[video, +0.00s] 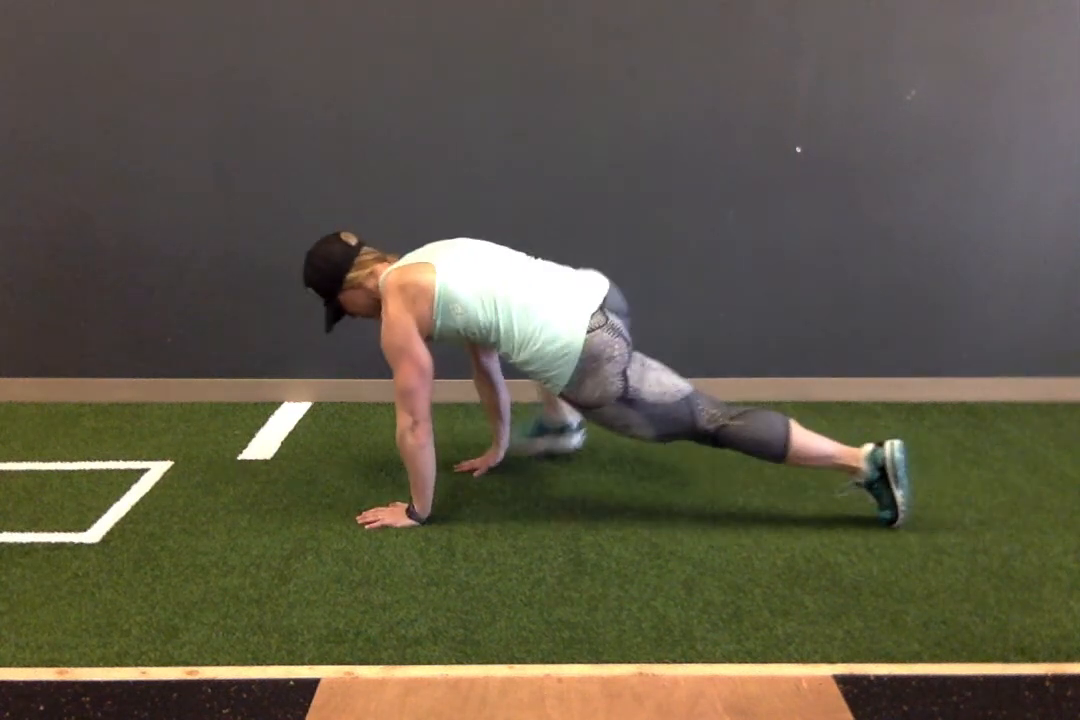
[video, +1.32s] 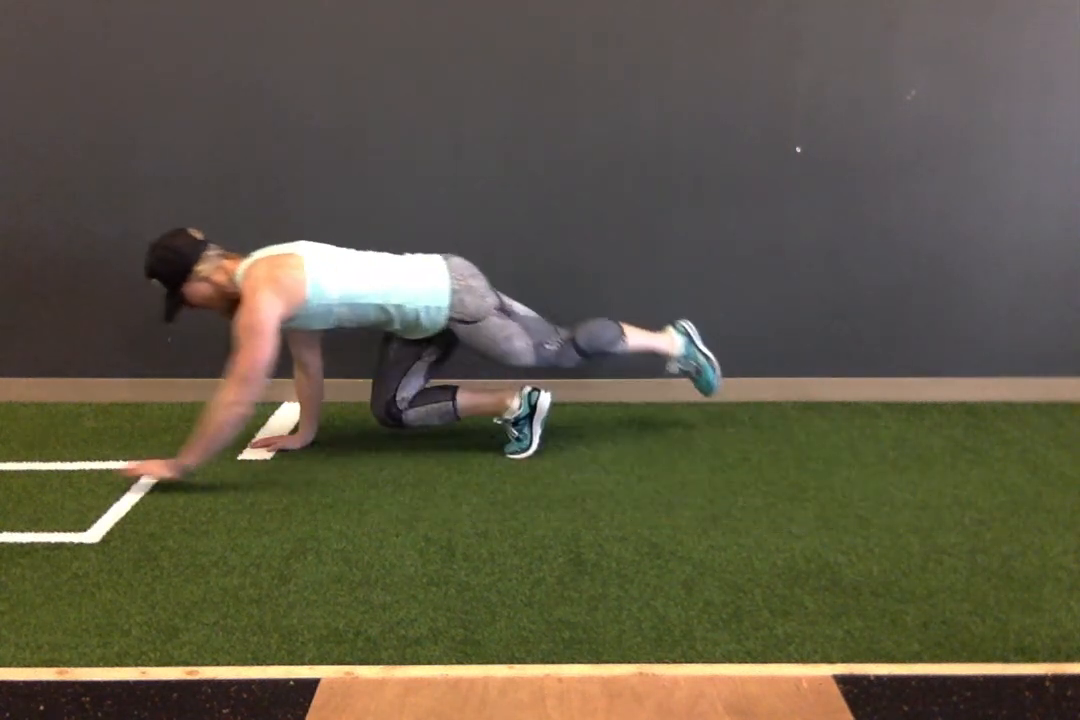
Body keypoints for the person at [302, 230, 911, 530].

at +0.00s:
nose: (353, 315)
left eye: (344, 307)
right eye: (344, 309)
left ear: (348, 290)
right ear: (368, 253)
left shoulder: (399, 307)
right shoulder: (436, 256)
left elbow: (413, 416)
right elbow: (484, 352)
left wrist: (418, 507)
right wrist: (494, 439)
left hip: (586, 356)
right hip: (606, 301)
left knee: (707, 419)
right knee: (506, 326)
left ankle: (863, 462)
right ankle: (559, 428)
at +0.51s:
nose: (310, 319)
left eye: (301, 309)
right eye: (302, 313)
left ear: (310, 288)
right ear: (329, 262)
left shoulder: (375, 311)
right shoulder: (396, 272)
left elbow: (403, 419)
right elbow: (474, 335)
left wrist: (415, 509)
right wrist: (471, 426)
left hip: (552, 375)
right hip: (560, 329)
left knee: (672, 429)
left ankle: (831, 454)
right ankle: (532, 437)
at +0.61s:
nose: (304, 323)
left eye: (296, 313)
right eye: (296, 316)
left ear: (307, 294)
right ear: (322, 269)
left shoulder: (374, 315)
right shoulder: (382, 280)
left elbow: (405, 416)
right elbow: (428, 363)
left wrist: (416, 508)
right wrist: (389, 428)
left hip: (546, 366)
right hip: (551, 327)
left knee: (667, 417)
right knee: (462, 346)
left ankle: (822, 451)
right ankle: (543, 421)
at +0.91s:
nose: (277, 321)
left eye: (269, 311)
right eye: (268, 314)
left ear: (280, 291)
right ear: (291, 271)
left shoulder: (352, 305)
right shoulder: (343, 282)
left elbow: (382, 407)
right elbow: (346, 371)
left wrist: (412, 498)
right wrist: (303, 432)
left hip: (528, 319)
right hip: (498, 309)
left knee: (616, 404)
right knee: (418, 368)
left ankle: (767, 393)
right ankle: (534, 408)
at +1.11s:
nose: (233, 314)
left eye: (227, 303)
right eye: (225, 306)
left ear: (242, 283)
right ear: (248, 271)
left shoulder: (308, 299)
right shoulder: (301, 278)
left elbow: (361, 385)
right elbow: (332, 360)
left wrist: (359, 464)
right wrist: (307, 427)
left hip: (488, 307)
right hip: (449, 319)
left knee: (580, 385)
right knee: (402, 397)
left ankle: (709, 369)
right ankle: (521, 402)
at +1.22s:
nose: (211, 309)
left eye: (205, 297)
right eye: (203, 301)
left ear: (221, 276)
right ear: (226, 269)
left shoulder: (285, 292)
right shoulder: (279, 278)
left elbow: (310, 396)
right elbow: (305, 379)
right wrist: (274, 438)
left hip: (467, 299)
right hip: (423, 320)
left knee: (566, 369)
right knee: (398, 404)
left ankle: (691, 358)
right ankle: (525, 399)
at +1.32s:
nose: (195, 307)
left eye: (186, 296)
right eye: (187, 299)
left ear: (198, 275)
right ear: (210, 260)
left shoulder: (264, 286)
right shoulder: (267, 275)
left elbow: (239, 389)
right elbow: (307, 361)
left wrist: (185, 464)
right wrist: (304, 431)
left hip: (448, 294)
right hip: (412, 315)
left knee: (559, 352)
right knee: (394, 406)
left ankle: (676, 345)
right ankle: (519, 409)